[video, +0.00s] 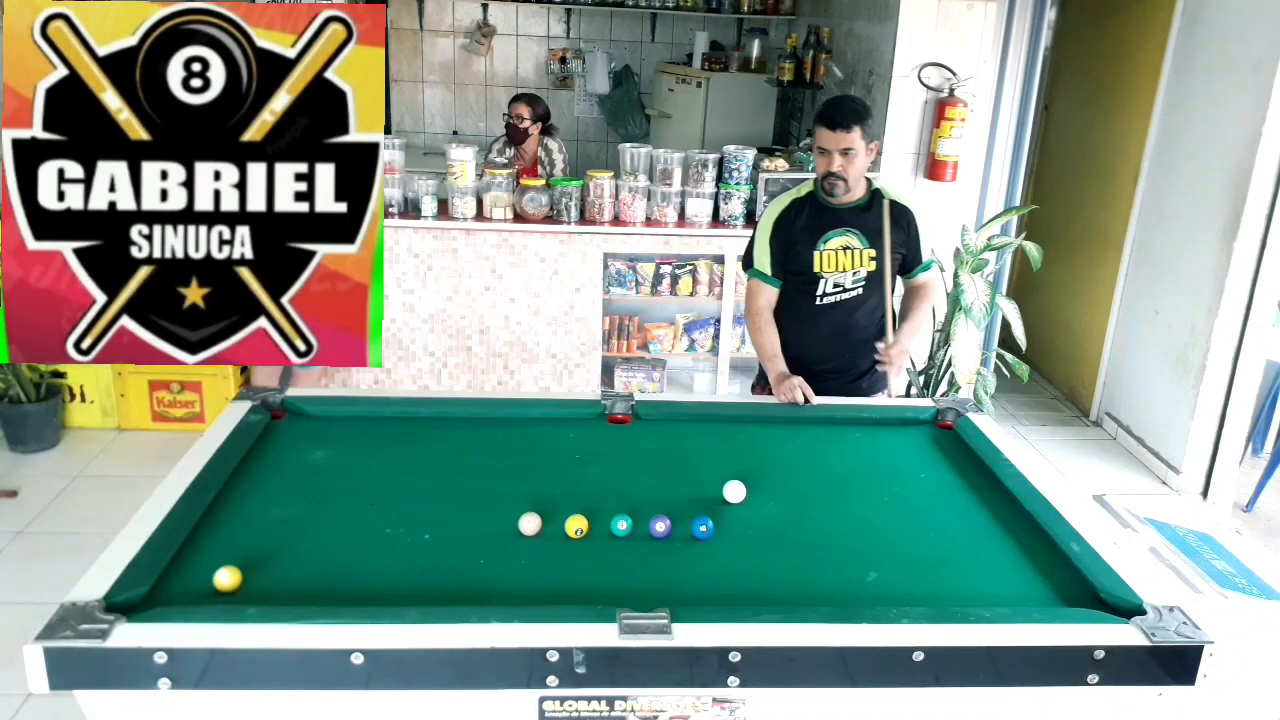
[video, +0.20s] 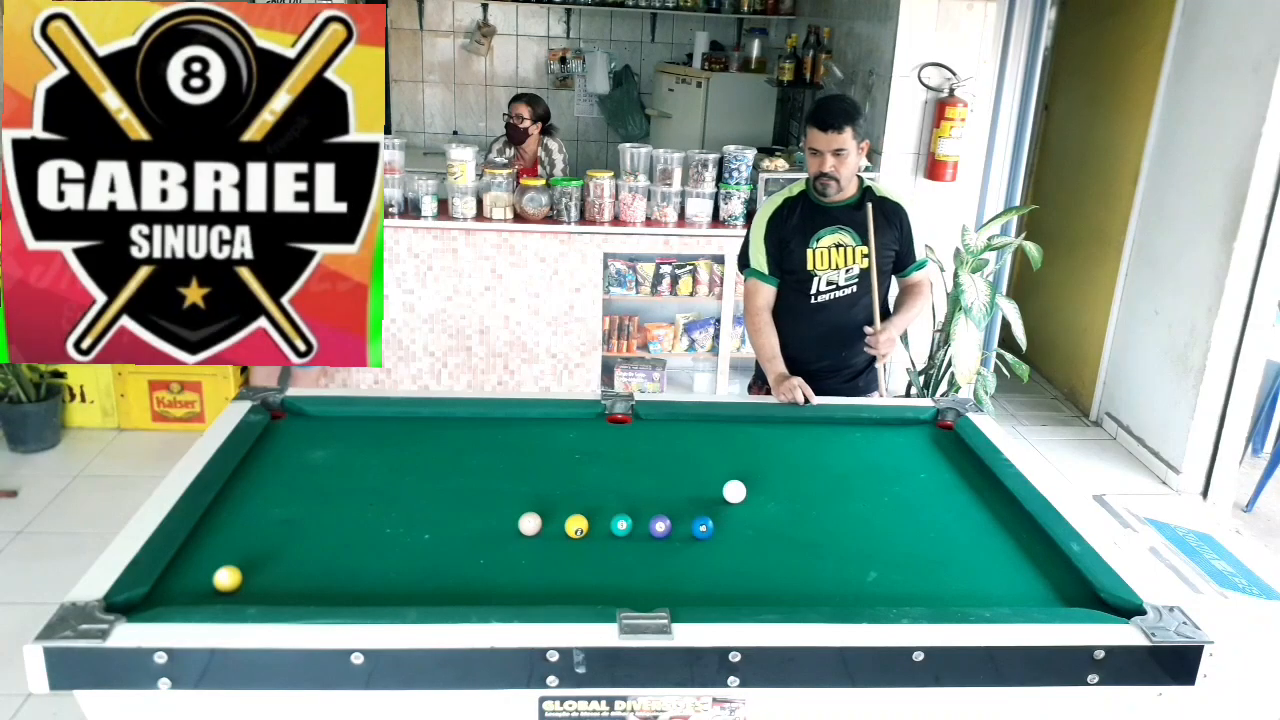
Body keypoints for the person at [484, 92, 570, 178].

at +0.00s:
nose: (511, 123)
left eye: (519, 119)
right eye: (510, 117)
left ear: (537, 128)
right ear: (507, 117)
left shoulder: (553, 148)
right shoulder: (499, 146)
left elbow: (561, 189)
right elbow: (486, 183)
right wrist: (507, 171)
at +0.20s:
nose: (511, 123)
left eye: (519, 119)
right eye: (510, 117)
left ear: (536, 128)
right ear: (507, 118)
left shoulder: (553, 148)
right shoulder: (499, 146)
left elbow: (561, 188)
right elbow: (486, 182)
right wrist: (507, 171)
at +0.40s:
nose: (511, 123)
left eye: (519, 119)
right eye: (510, 117)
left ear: (536, 128)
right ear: (507, 118)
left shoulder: (553, 148)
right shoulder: (499, 146)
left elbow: (561, 188)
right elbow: (485, 182)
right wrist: (507, 171)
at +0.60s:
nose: (511, 123)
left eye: (519, 119)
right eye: (510, 117)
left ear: (536, 128)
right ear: (507, 118)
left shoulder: (553, 148)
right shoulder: (499, 146)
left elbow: (561, 189)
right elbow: (486, 183)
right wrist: (507, 171)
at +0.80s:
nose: (511, 123)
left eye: (519, 118)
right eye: (510, 117)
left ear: (536, 128)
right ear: (506, 118)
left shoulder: (553, 147)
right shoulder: (499, 146)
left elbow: (561, 189)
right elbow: (486, 183)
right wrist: (507, 172)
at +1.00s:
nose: (511, 123)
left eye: (519, 118)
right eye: (509, 117)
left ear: (536, 127)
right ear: (506, 118)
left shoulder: (553, 147)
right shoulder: (499, 146)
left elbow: (561, 189)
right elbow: (486, 183)